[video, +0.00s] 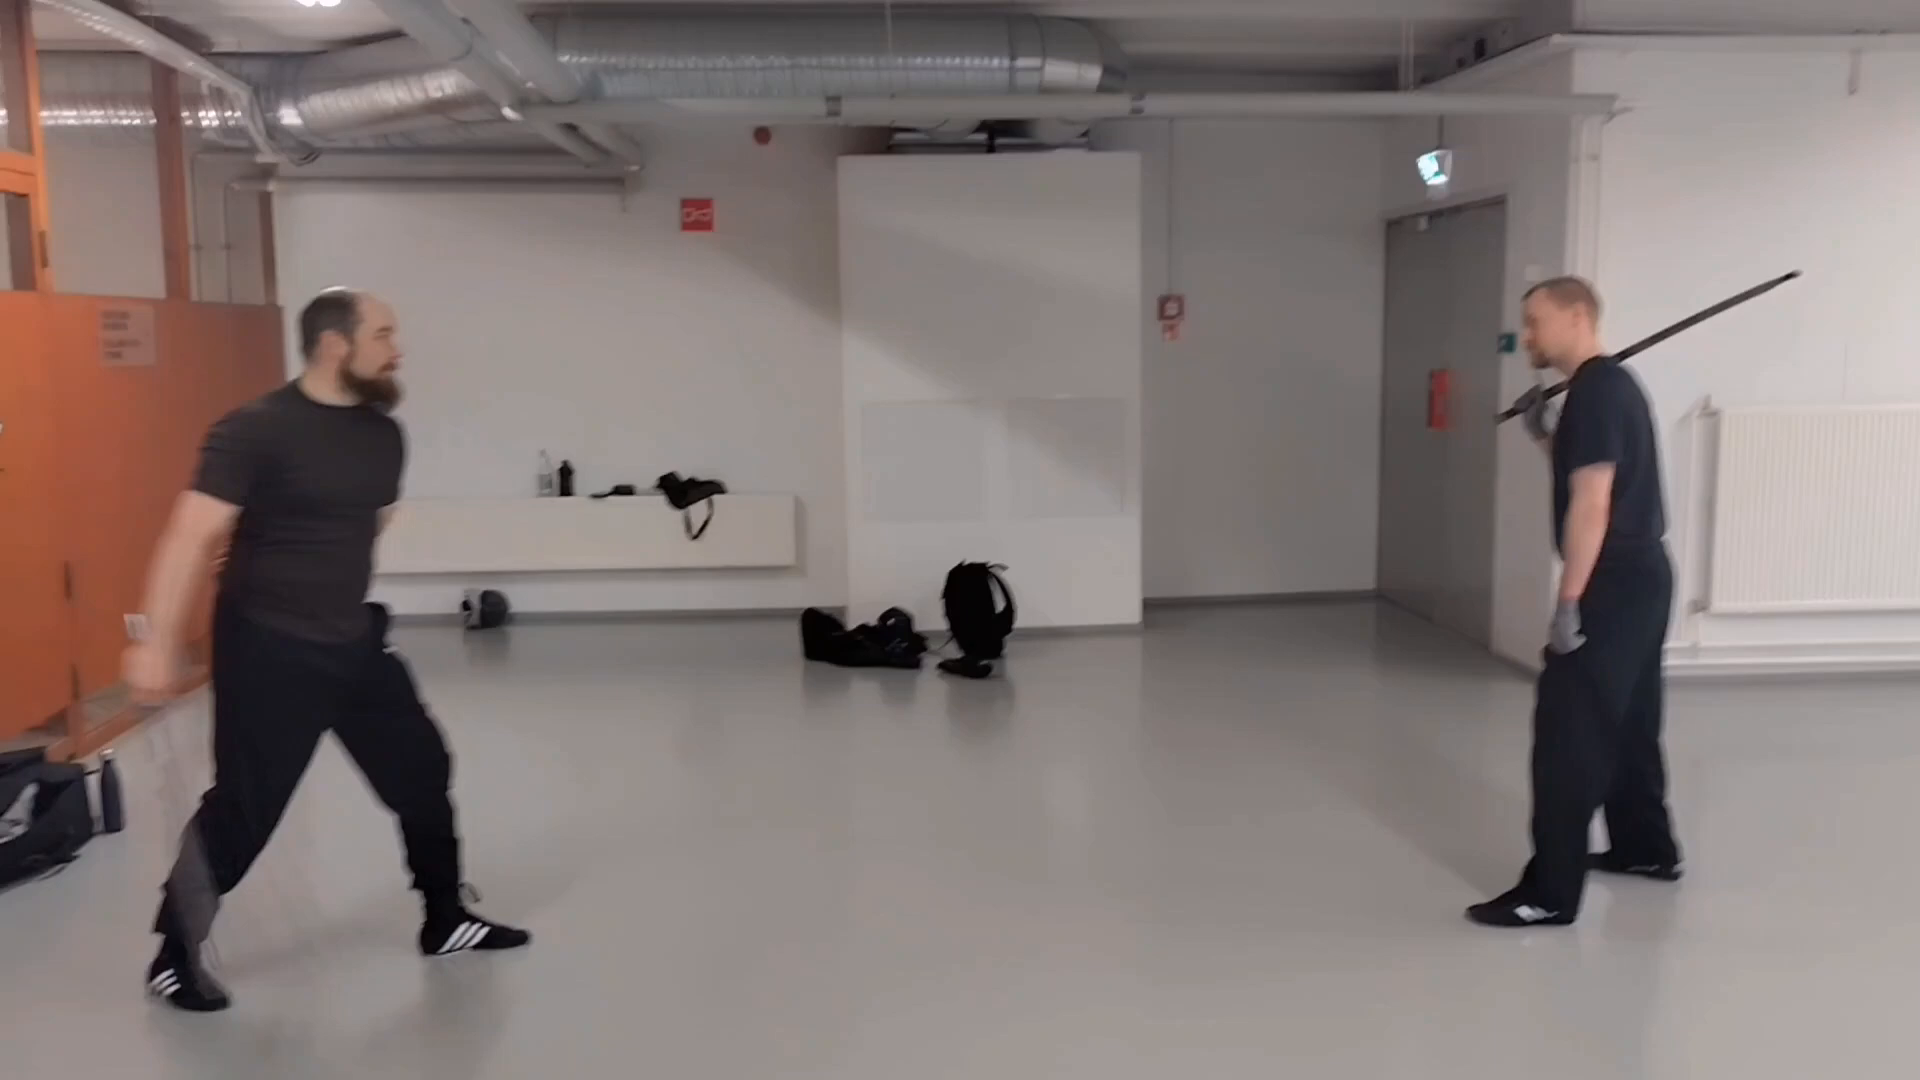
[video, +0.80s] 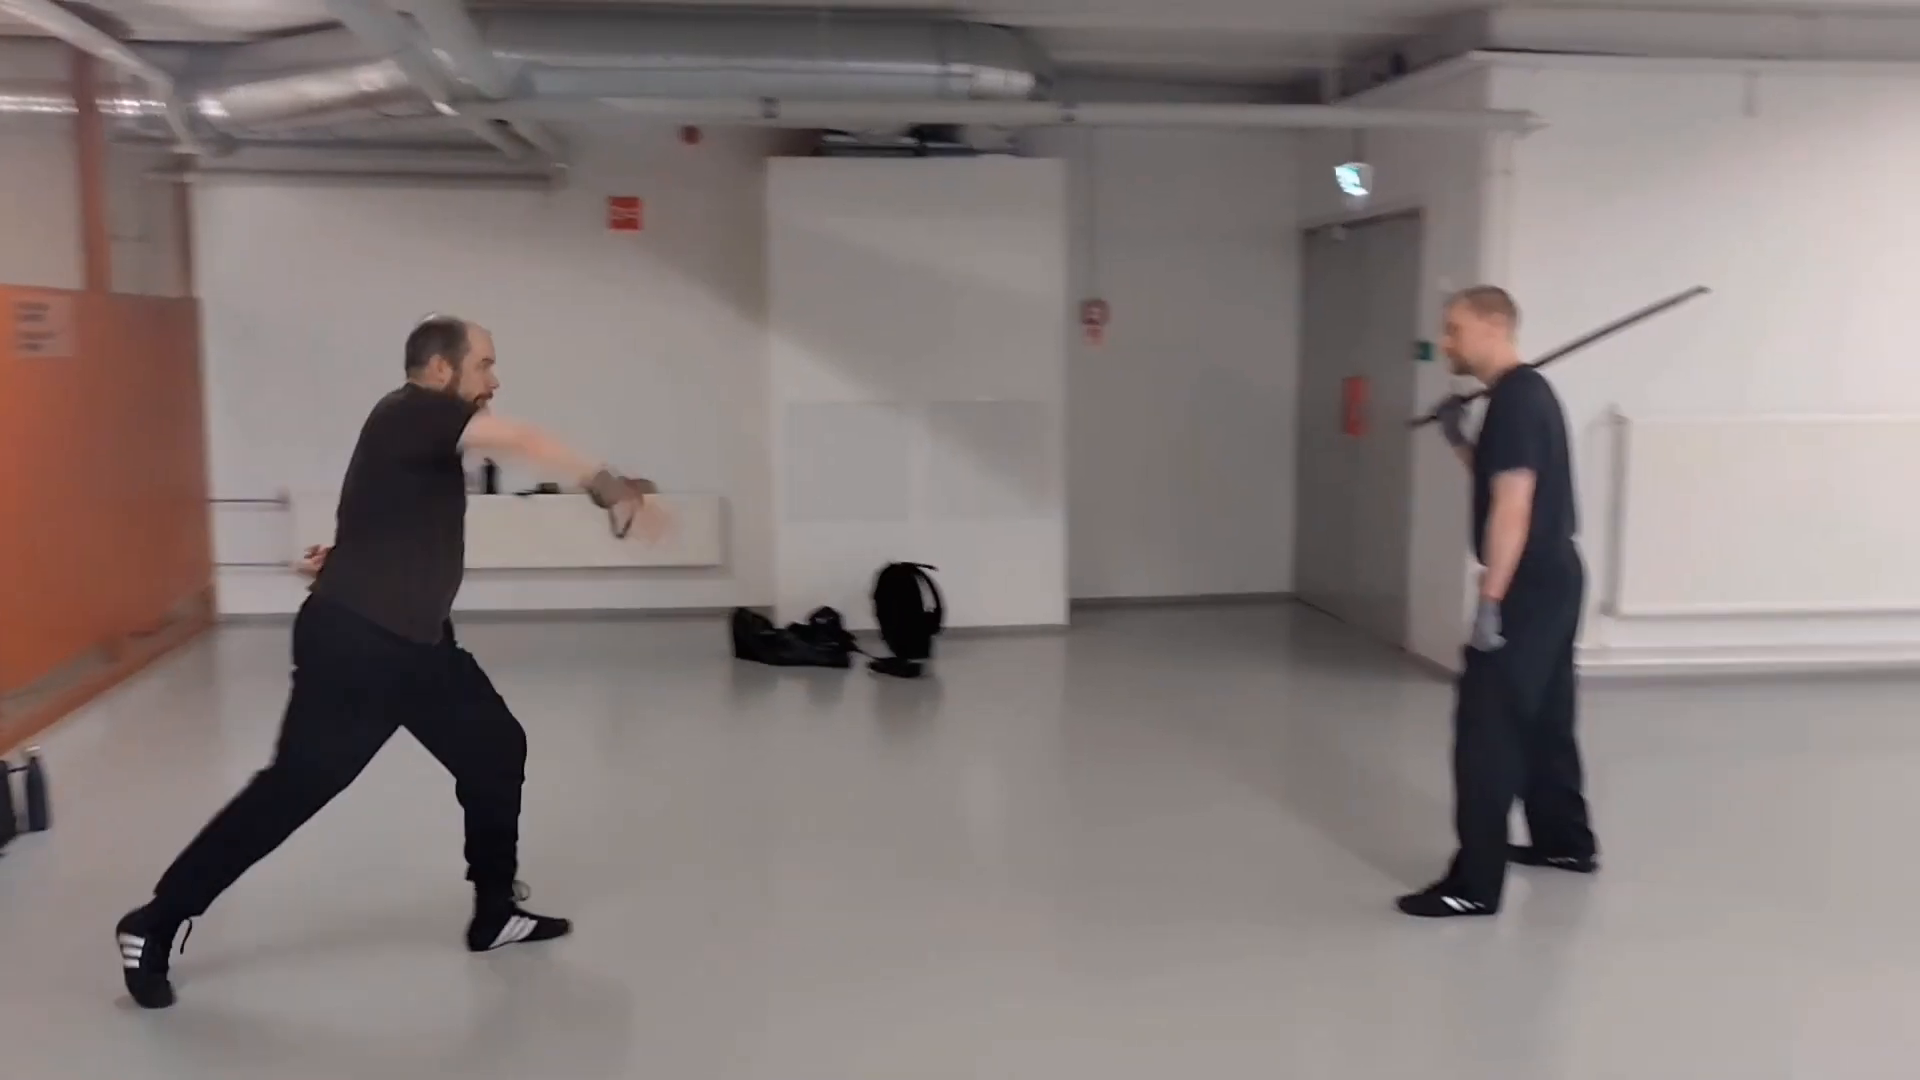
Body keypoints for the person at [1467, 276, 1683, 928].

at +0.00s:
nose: (1526, 338)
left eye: (1534, 323)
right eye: (1526, 325)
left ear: (1577, 319)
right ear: (1580, 322)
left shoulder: (1594, 390)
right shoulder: (1612, 384)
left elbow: (1593, 501)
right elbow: (1587, 481)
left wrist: (1566, 603)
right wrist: (1543, 431)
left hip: (1610, 582)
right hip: (1637, 574)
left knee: (1566, 727)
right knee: (1628, 719)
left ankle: (1551, 891)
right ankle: (1645, 847)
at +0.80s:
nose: (1446, 345)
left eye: (1454, 331)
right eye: (1446, 333)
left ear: (1494, 329)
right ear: (1498, 332)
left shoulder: (1515, 398)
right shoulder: (1526, 392)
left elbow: (1515, 502)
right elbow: (1503, 486)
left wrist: (1489, 602)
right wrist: (1461, 439)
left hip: (1525, 583)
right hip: (1548, 574)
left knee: (1483, 723)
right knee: (1543, 713)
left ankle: (1475, 882)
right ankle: (1564, 840)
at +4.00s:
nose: (1453, 340)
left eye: (1469, 332)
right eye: (1456, 329)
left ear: (1510, 350)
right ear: (1458, 341)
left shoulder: (1530, 435)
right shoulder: (1420, 414)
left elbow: (1540, 541)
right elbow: (1379, 504)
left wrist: (1511, 632)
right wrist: (1327, 581)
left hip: (1481, 618)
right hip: (1408, 610)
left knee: (1475, 756)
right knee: (1342, 729)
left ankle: (1526, 889)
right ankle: (1281, 860)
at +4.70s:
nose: (1542, 328)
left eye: (1557, 320)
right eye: (1544, 318)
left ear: (1597, 331)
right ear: (1564, 334)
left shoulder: (1612, 403)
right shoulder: (1562, 402)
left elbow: (1630, 508)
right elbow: (1564, 490)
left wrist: (1601, 598)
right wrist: (1495, 492)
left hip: (1609, 586)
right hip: (1586, 580)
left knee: (1563, 720)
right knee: (1627, 715)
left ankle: (1509, 858)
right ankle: (1664, 831)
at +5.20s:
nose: (1526, 320)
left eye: (1540, 312)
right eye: (1529, 311)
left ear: (1580, 325)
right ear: (1578, 329)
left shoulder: (1577, 392)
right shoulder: (1574, 389)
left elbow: (1568, 492)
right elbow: (1550, 470)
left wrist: (1533, 584)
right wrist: (1511, 428)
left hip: (1575, 577)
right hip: (1597, 572)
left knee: (1518, 711)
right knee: (1587, 704)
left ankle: (1530, 864)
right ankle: (1625, 828)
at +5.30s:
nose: (1512, 323)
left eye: (1525, 314)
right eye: (1516, 313)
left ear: (1566, 326)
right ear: (1564, 328)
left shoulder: (1563, 393)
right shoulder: (1572, 389)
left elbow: (1553, 495)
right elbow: (1544, 473)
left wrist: (1516, 585)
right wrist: (1505, 432)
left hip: (1561, 577)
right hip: (1587, 572)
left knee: (1504, 715)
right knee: (1572, 703)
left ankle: (1520, 868)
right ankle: (1617, 827)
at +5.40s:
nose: (1499, 325)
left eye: (1512, 315)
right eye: (1502, 315)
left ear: (1551, 326)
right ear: (1551, 327)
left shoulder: (1549, 393)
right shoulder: (1565, 388)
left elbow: (1539, 496)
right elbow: (1530, 472)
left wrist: (1508, 587)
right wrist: (1495, 430)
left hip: (1556, 574)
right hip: (1585, 568)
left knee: (1503, 713)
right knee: (1562, 701)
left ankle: (1516, 869)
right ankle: (1606, 815)